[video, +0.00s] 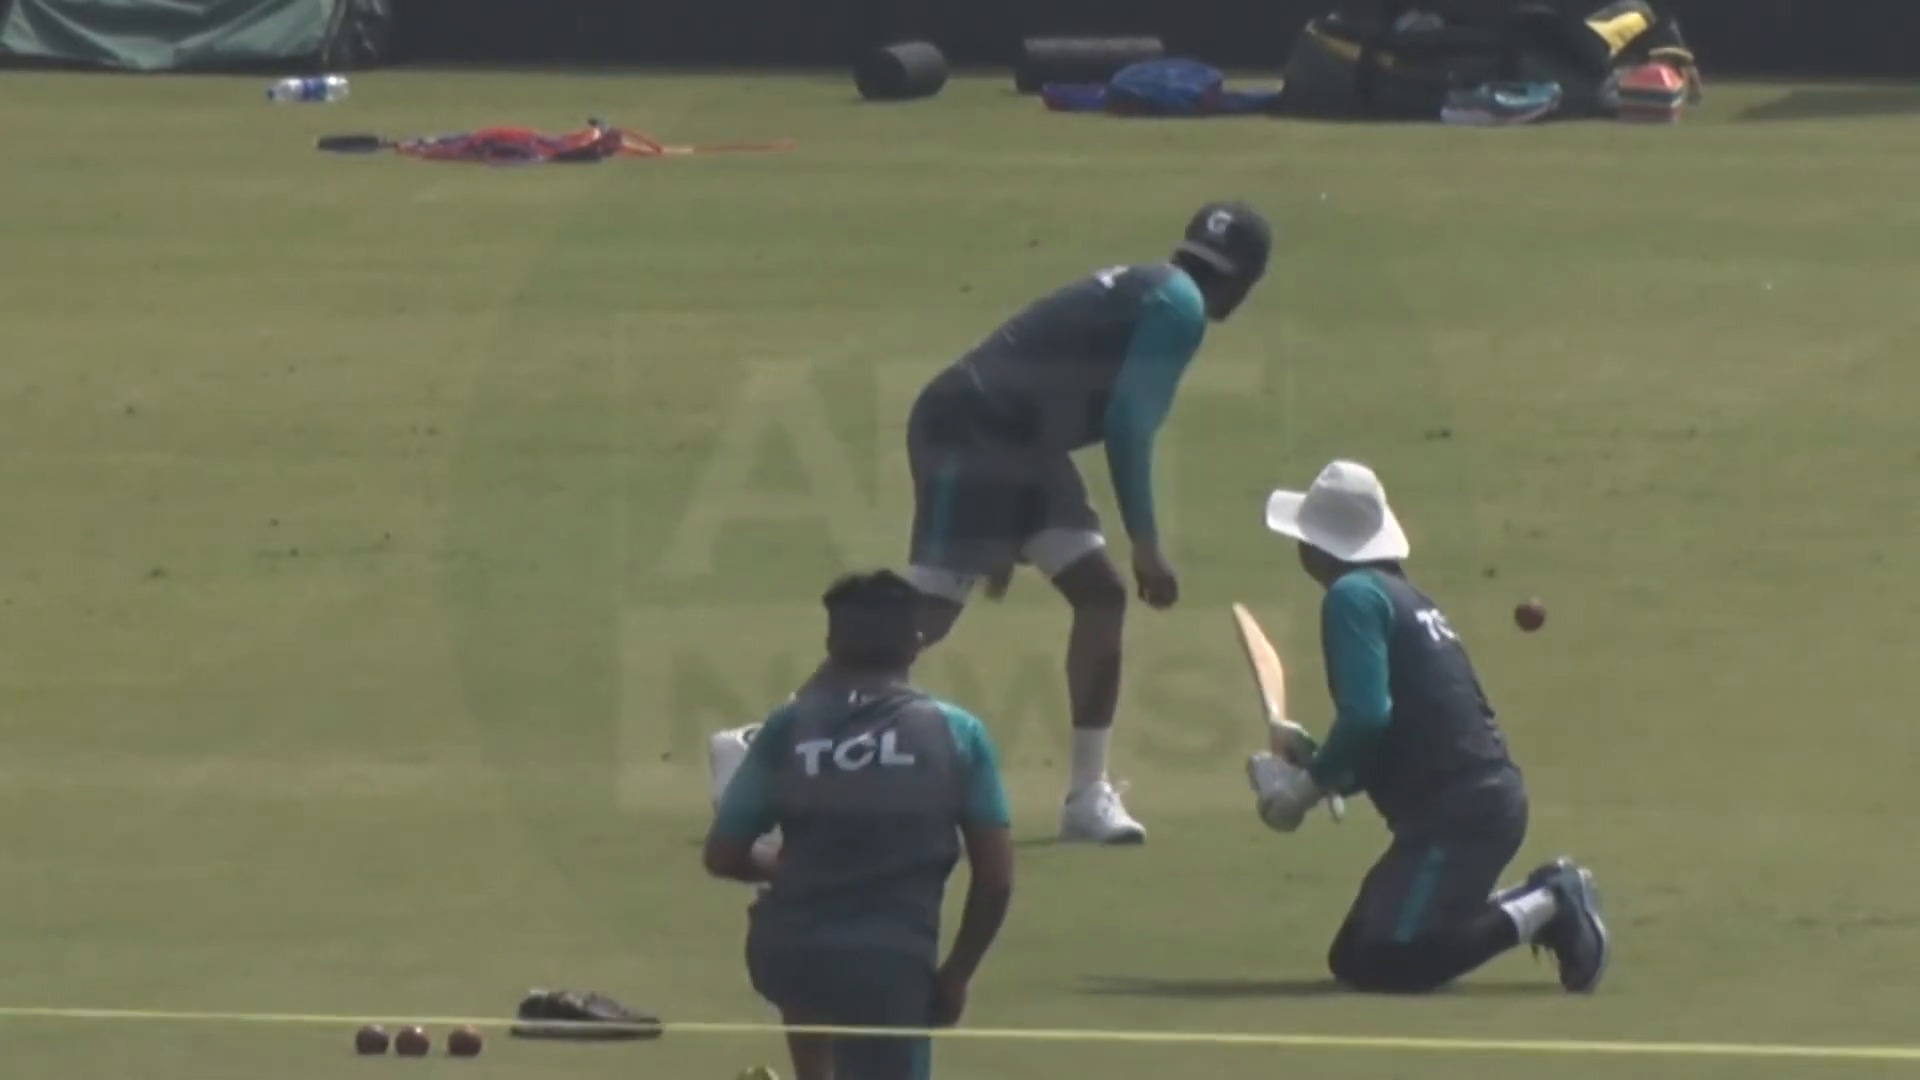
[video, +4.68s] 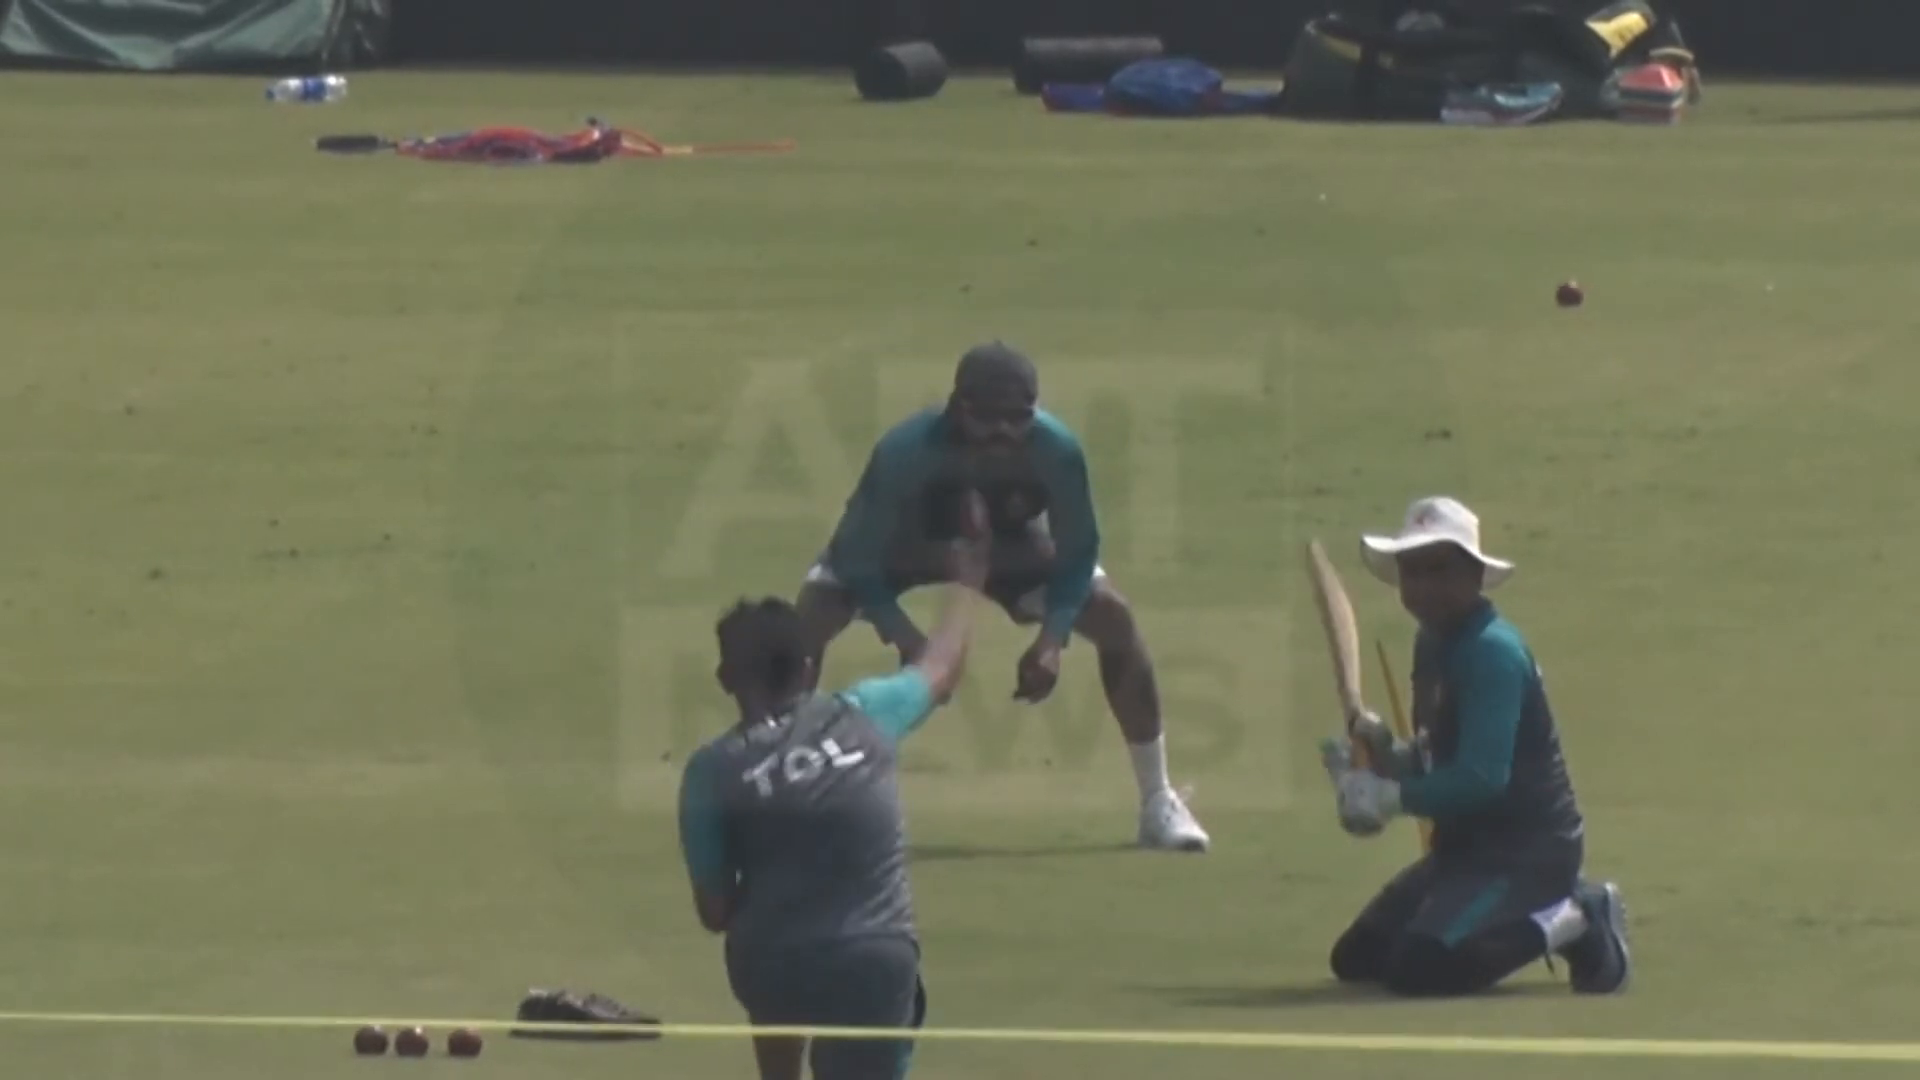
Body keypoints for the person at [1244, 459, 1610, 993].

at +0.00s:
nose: (1298, 550)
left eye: (1302, 540)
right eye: (1298, 538)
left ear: (1321, 546)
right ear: (1369, 539)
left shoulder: (1352, 595)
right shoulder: (1396, 595)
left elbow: (1367, 715)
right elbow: (1395, 747)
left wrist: (1308, 789)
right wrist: (1314, 760)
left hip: (1464, 811)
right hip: (1465, 807)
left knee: (1376, 967)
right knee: (1356, 959)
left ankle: (1545, 905)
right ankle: (1539, 902)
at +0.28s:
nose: (1336, 559)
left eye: (1343, 550)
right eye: (1338, 548)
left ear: (1368, 559)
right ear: (1401, 552)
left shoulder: (1410, 619)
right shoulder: (1436, 611)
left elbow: (1429, 740)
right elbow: (1433, 757)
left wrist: (1352, 803)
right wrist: (1358, 771)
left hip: (1490, 836)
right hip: (1481, 832)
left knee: (1381, 969)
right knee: (1355, 960)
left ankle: (1551, 907)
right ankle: (1541, 905)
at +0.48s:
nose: (1382, 563)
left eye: (1392, 553)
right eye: (1385, 551)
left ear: (1425, 562)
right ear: (1442, 562)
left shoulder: (1460, 625)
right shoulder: (1454, 622)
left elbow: (1482, 742)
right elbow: (1463, 761)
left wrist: (1395, 804)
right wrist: (1394, 773)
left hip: (1512, 851)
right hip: (1483, 846)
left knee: (1386, 969)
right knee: (1357, 957)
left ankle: (1559, 911)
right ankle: (1544, 908)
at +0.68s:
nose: (1435, 562)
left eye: (1452, 547)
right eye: (1432, 547)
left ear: (1497, 558)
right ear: (1425, 555)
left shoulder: (1507, 629)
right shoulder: (1476, 632)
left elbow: (1535, 746)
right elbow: (1485, 756)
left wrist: (1437, 805)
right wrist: (1425, 770)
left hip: (1530, 853)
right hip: (1491, 849)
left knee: (1405, 965)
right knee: (1360, 954)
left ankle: (1570, 915)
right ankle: (1548, 913)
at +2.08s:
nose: (1386, 579)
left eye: (1394, 568)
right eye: (1388, 567)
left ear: (1421, 578)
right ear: (1442, 577)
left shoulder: (1471, 647)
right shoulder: (1443, 645)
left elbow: (1505, 773)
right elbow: (1456, 768)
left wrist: (1423, 840)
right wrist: (1399, 795)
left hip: (1525, 856)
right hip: (1484, 849)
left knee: (1415, 971)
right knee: (1358, 958)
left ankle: (1577, 917)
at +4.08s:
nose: (1419, 587)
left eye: (1437, 571)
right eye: (1412, 572)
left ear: (1476, 578)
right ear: (1400, 577)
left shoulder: (1495, 651)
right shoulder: (1434, 646)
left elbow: (1522, 777)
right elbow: (1446, 758)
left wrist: (1434, 841)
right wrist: (1405, 804)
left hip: (1534, 855)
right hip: (1481, 848)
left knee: (1416, 969)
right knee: (1357, 957)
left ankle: (1579, 919)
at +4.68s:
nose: (1414, 586)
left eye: (1432, 570)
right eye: (1407, 571)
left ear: (1470, 576)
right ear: (1396, 576)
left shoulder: (1492, 650)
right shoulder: (1434, 642)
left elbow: (1483, 780)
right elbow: (1443, 757)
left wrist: (1395, 797)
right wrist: (1388, 758)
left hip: (1524, 859)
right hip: (1466, 853)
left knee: (1415, 970)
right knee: (1356, 959)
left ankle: (1577, 920)